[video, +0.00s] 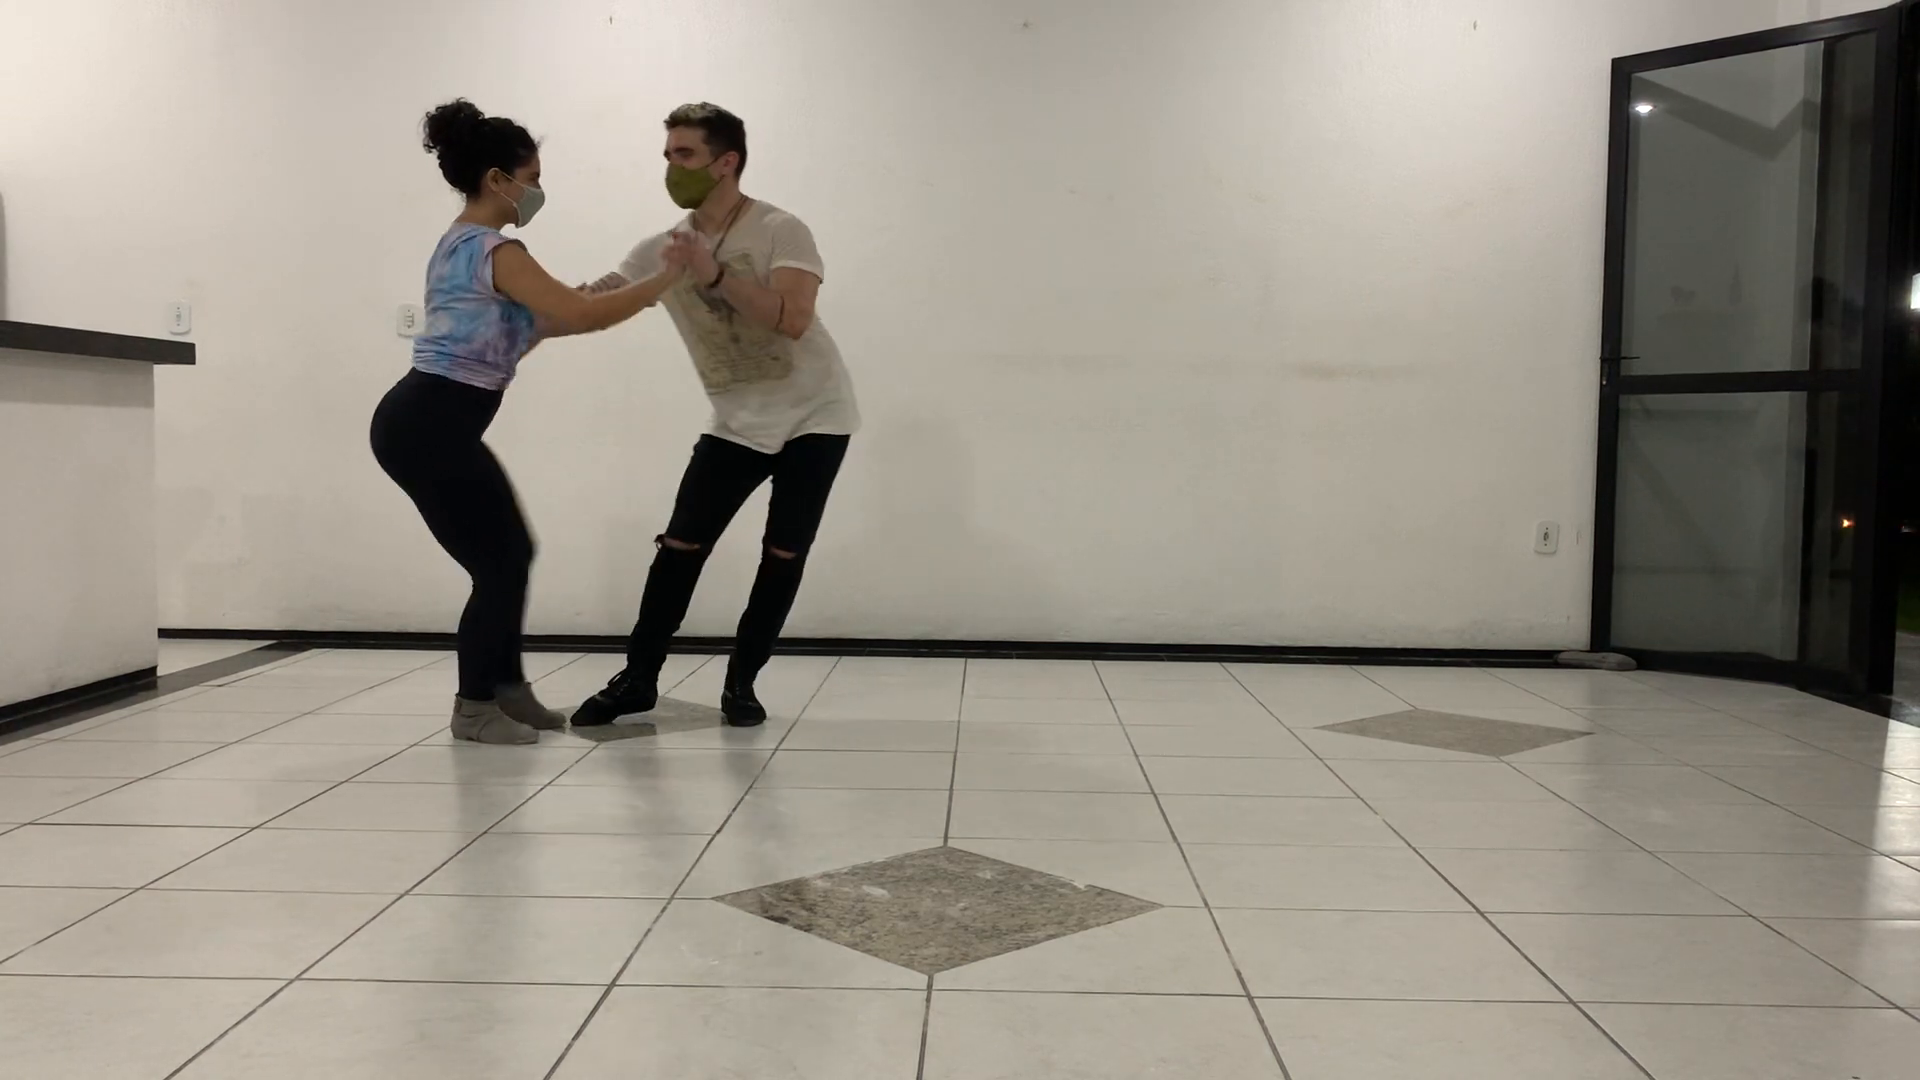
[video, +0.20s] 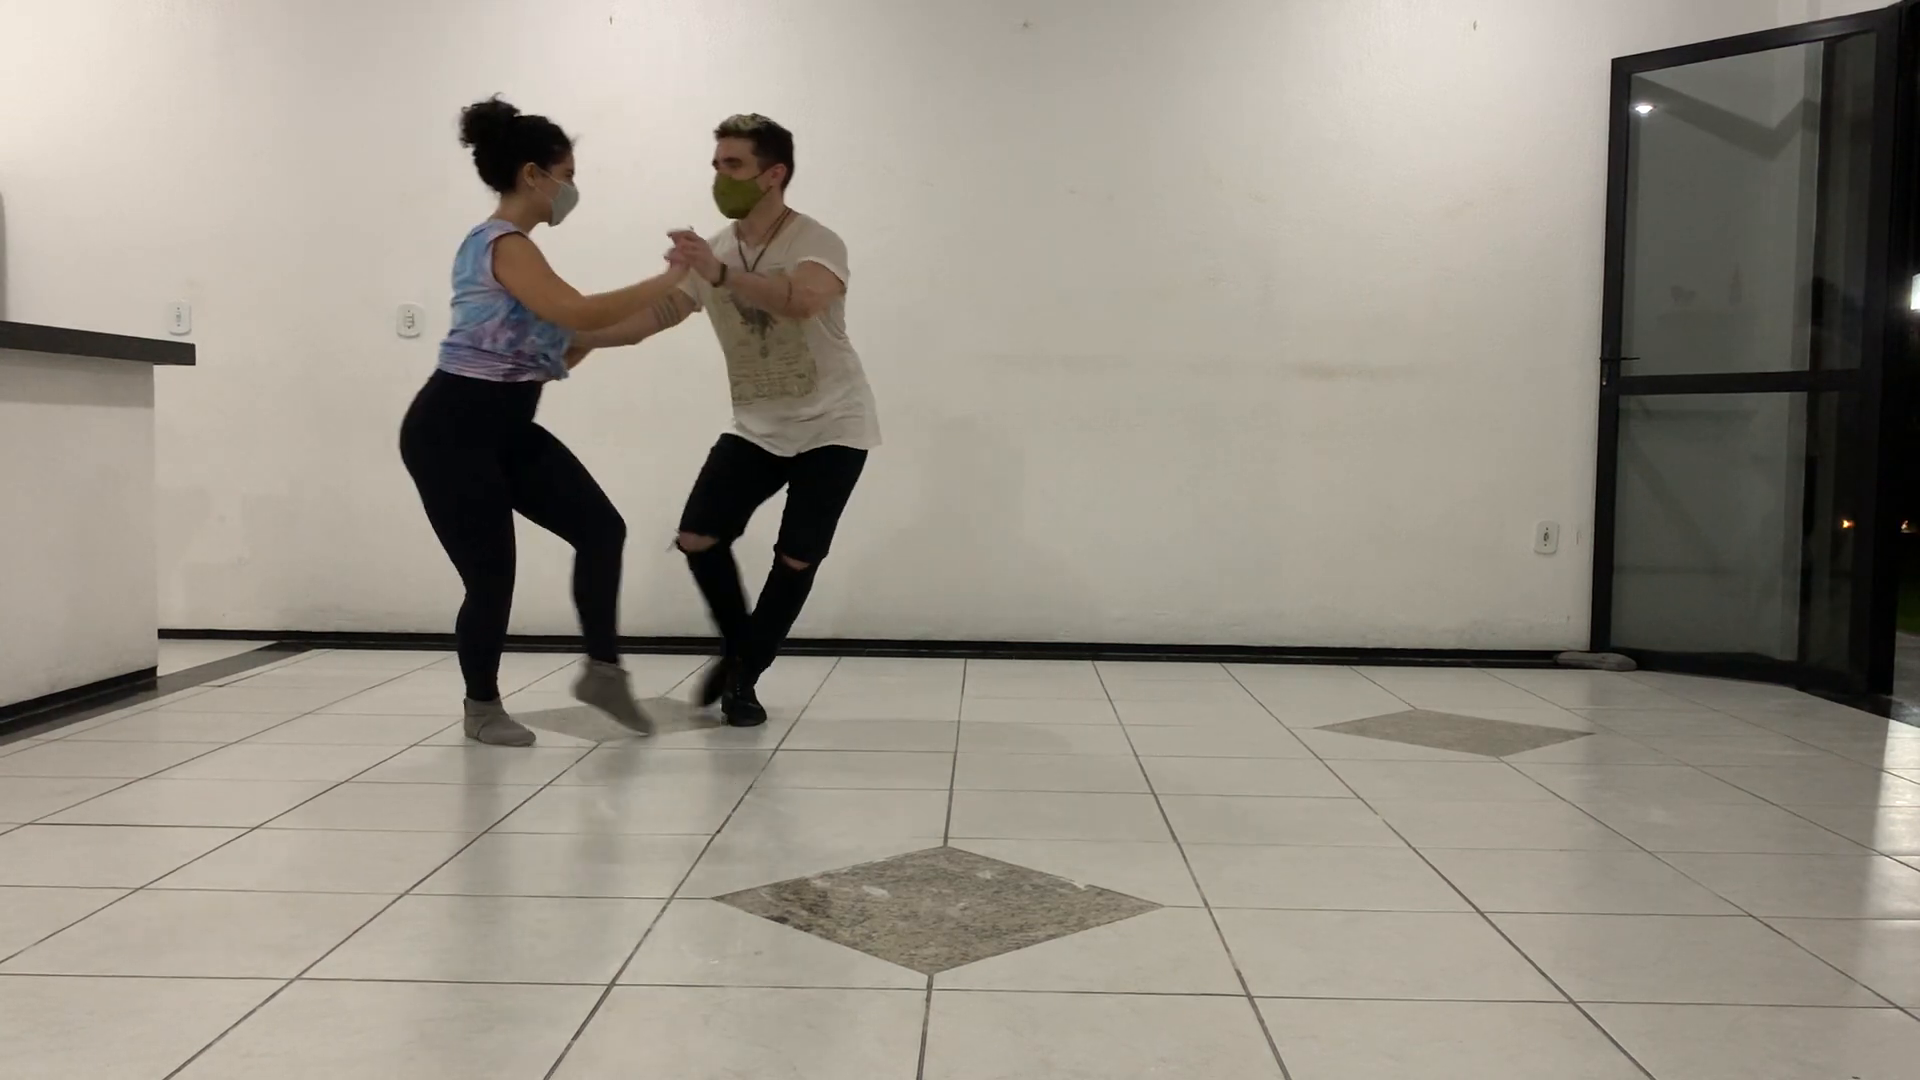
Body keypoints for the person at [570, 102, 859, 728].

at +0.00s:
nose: (671, 167)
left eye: (684, 156)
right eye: (668, 156)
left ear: (728, 161)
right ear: (667, 161)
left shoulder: (783, 232)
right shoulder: (661, 252)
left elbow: (793, 317)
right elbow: (586, 302)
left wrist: (714, 274)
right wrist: (514, 319)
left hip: (817, 409)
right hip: (740, 416)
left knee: (784, 551)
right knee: (682, 540)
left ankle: (741, 682)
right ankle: (638, 681)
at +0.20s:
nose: (719, 177)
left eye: (733, 166)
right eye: (717, 166)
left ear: (776, 173)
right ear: (719, 172)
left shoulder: (818, 241)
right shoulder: (715, 255)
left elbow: (798, 302)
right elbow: (651, 315)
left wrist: (717, 271)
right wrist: (577, 335)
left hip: (834, 424)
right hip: (760, 426)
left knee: (795, 557)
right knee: (699, 535)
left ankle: (742, 679)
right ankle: (740, 644)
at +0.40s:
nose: (757, 169)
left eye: (771, 158)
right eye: (754, 158)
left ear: (813, 164)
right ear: (753, 163)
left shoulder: (849, 236)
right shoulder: (741, 246)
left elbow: (880, 296)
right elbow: (696, 336)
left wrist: (797, 265)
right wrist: (628, 301)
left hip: (848, 422)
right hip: (775, 429)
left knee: (801, 559)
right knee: (772, 568)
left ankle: (743, 679)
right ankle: (860, 665)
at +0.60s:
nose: (788, 162)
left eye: (802, 150)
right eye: (782, 151)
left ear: (839, 156)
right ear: (774, 158)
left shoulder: (878, 220)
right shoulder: (774, 245)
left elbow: (911, 217)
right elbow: (727, 328)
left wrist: (837, 199)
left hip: (885, 399)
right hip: (815, 415)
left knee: (895, 527)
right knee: (813, 559)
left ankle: (863, 660)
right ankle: (875, 684)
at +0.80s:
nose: (820, 149)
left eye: (836, 137)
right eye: (815, 139)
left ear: (870, 144)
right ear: (812, 149)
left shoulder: (900, 205)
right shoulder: (823, 231)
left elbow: (885, 148)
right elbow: (799, 272)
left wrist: (806, 160)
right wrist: (778, 197)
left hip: (914, 402)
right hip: (837, 417)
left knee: (985, 526)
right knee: (833, 552)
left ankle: (1033, 659)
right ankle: (877, 677)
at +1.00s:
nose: (858, 154)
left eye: (861, 142)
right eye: (850, 145)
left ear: (885, 143)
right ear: (855, 153)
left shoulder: (929, 199)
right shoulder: (849, 224)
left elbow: (912, 117)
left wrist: (840, 110)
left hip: (939, 399)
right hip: (868, 409)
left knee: (995, 539)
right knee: (856, 546)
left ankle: (1045, 666)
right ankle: (881, 672)